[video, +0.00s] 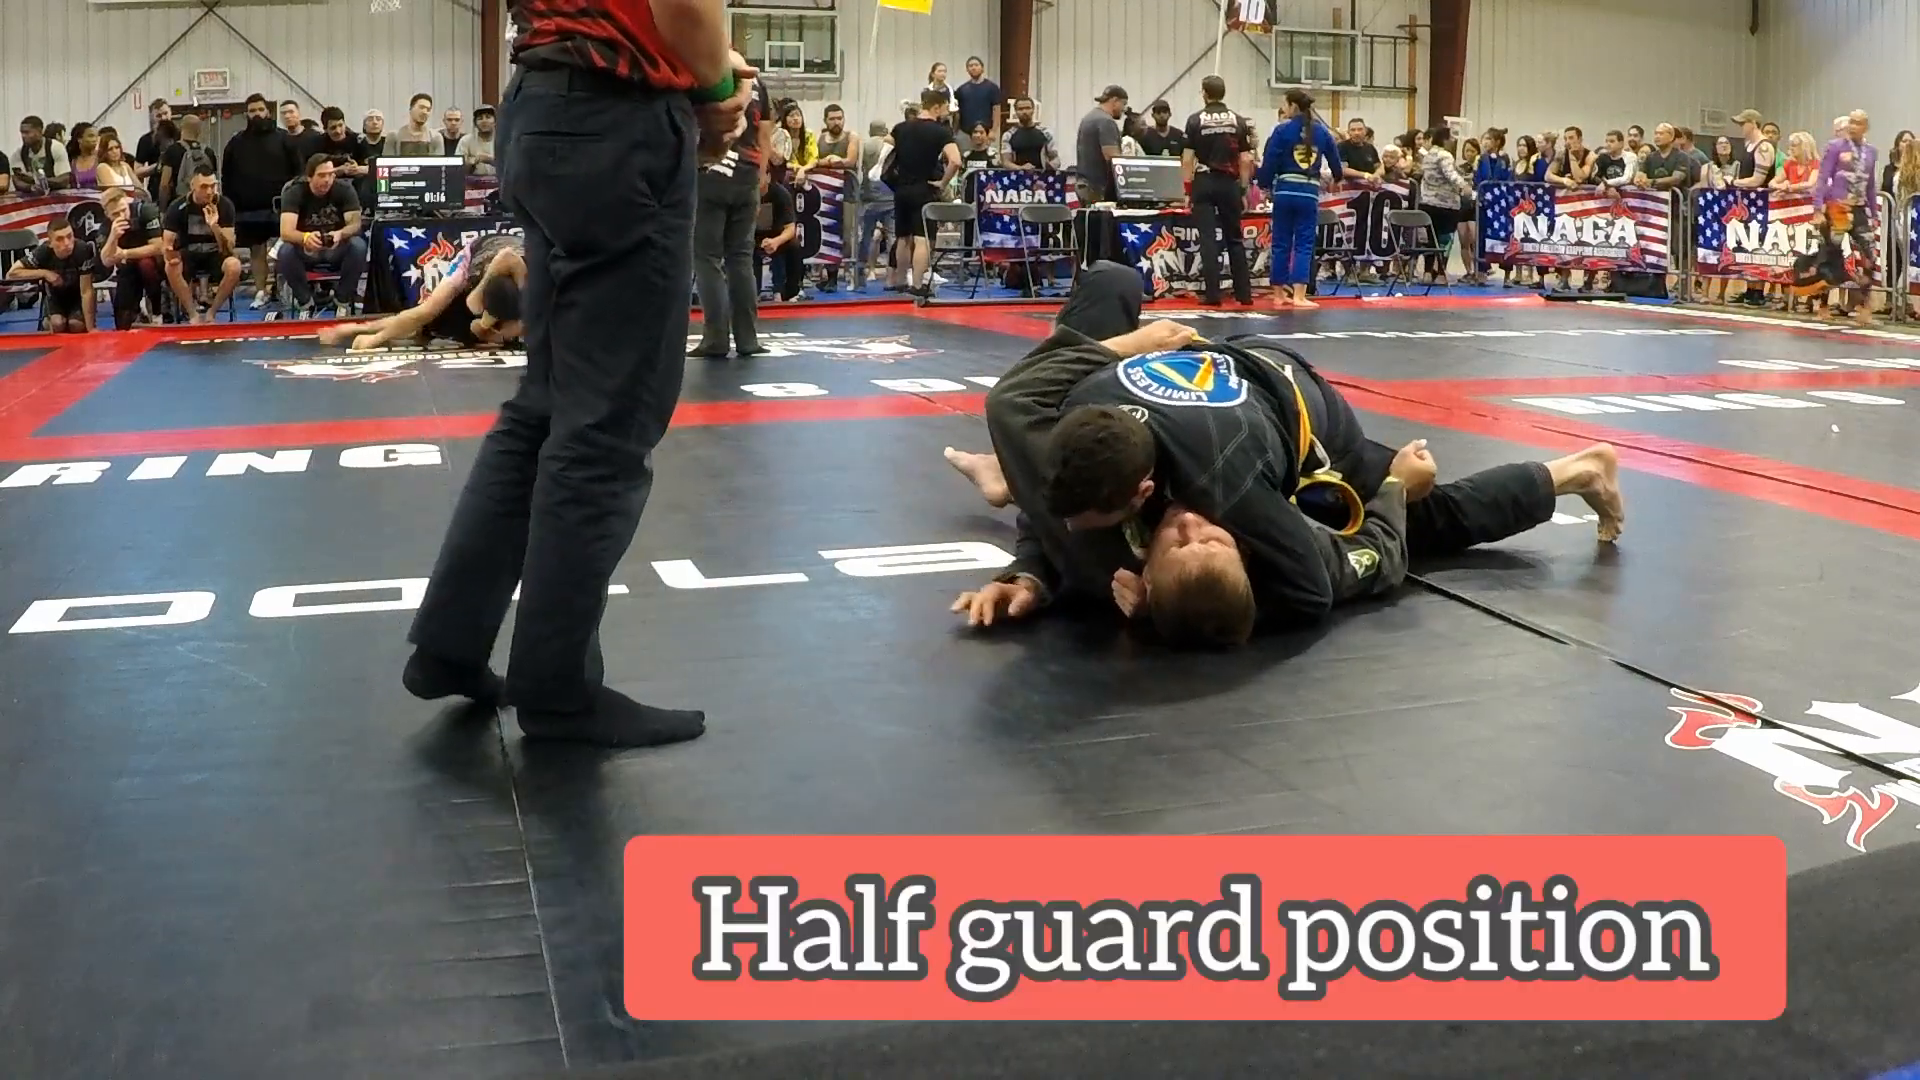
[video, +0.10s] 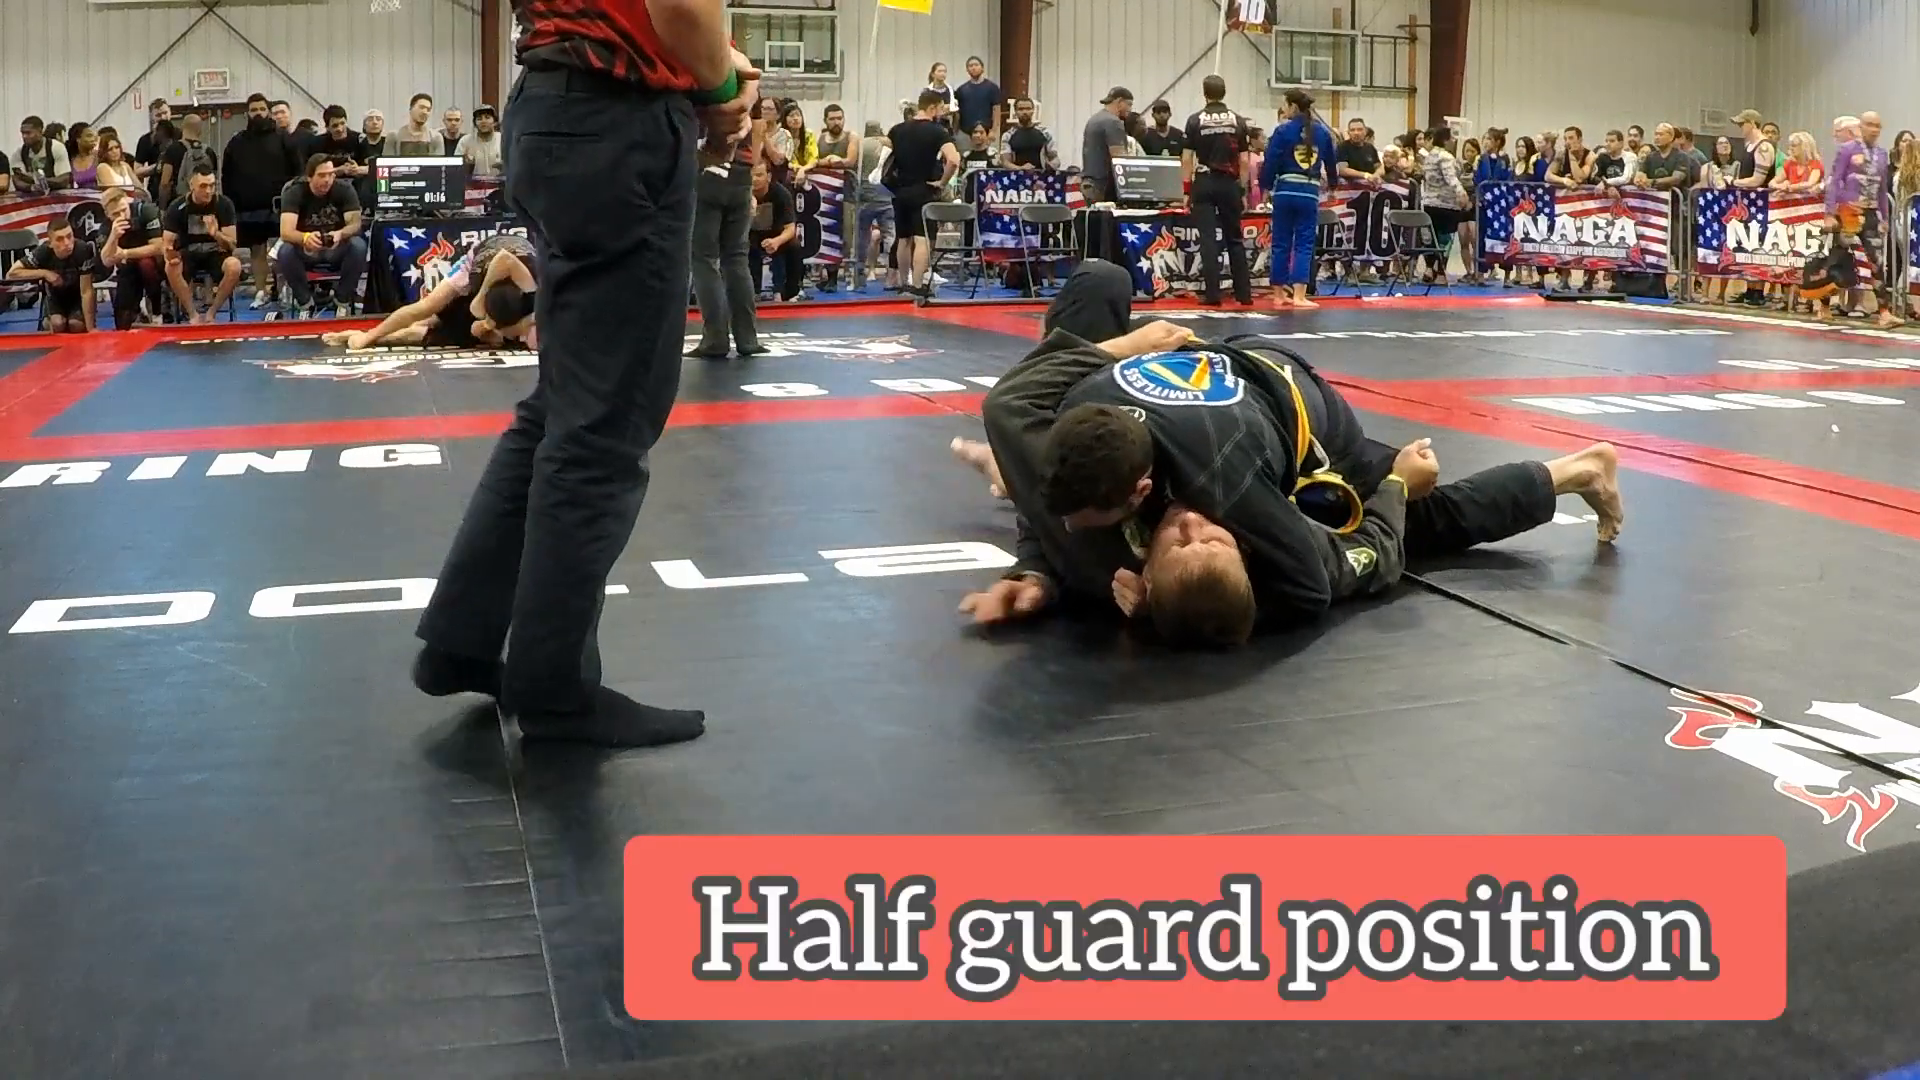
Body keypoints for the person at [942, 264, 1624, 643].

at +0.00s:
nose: (1190, 531)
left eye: (1151, 543)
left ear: (1140, 500)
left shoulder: (1220, 487)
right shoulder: (1022, 421)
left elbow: (1335, 583)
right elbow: (1066, 550)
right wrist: (1025, 583)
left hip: (1299, 410)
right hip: (1205, 354)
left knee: (1421, 529)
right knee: (1103, 280)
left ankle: (1580, 470)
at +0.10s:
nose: (1194, 529)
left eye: (1156, 534)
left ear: (1137, 496)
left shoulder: (1219, 481)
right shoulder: (1020, 418)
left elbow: (1320, 590)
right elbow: (1067, 541)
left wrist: (1154, 599)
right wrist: (1032, 583)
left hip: (1300, 410)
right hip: (1209, 354)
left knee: (1418, 530)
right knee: (1096, 277)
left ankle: (1581, 469)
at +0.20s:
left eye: (1087, 525)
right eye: (1062, 525)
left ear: (1134, 495)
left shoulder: (1221, 486)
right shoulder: (1043, 422)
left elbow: (1322, 583)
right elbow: (1059, 516)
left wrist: (1163, 603)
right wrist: (1051, 569)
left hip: (1296, 408)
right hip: (1213, 355)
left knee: (1423, 530)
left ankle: (1582, 471)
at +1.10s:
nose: (1121, 509)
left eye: (1136, 502)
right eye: (1114, 495)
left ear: (1184, 470)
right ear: (1099, 446)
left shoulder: (1269, 478)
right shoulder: (1069, 414)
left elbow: (1333, 598)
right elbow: (1045, 507)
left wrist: (1197, 590)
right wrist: (1095, 574)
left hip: (1331, 422)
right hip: (1233, 365)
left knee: (1383, 498)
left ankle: (1505, 475)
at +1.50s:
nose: (1129, 520)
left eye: (1145, 510)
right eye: (1118, 507)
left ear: (1191, 471)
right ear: (1103, 459)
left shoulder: (1271, 475)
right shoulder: (1061, 418)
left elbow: (1330, 600)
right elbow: (1041, 521)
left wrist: (1196, 594)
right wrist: (1087, 570)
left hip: (1303, 400)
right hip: (1213, 364)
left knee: (1372, 502)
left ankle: (1510, 470)